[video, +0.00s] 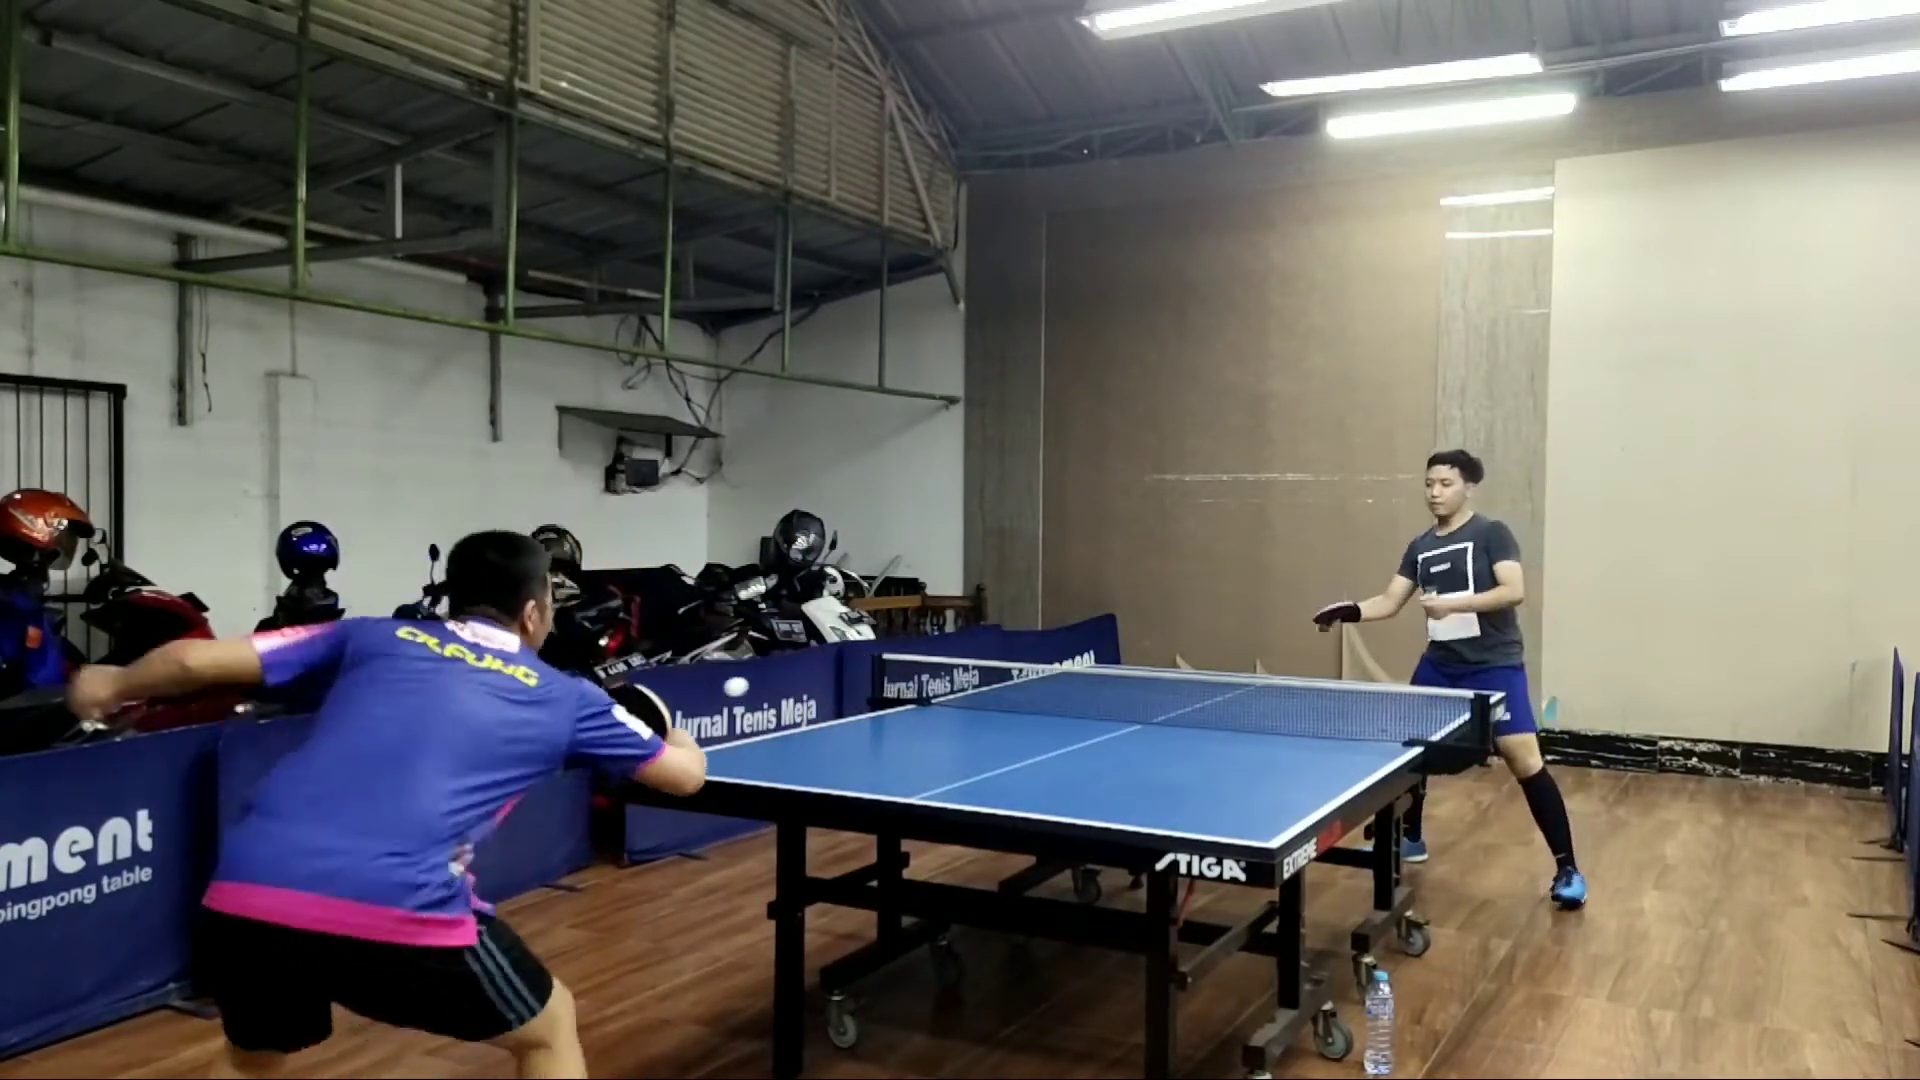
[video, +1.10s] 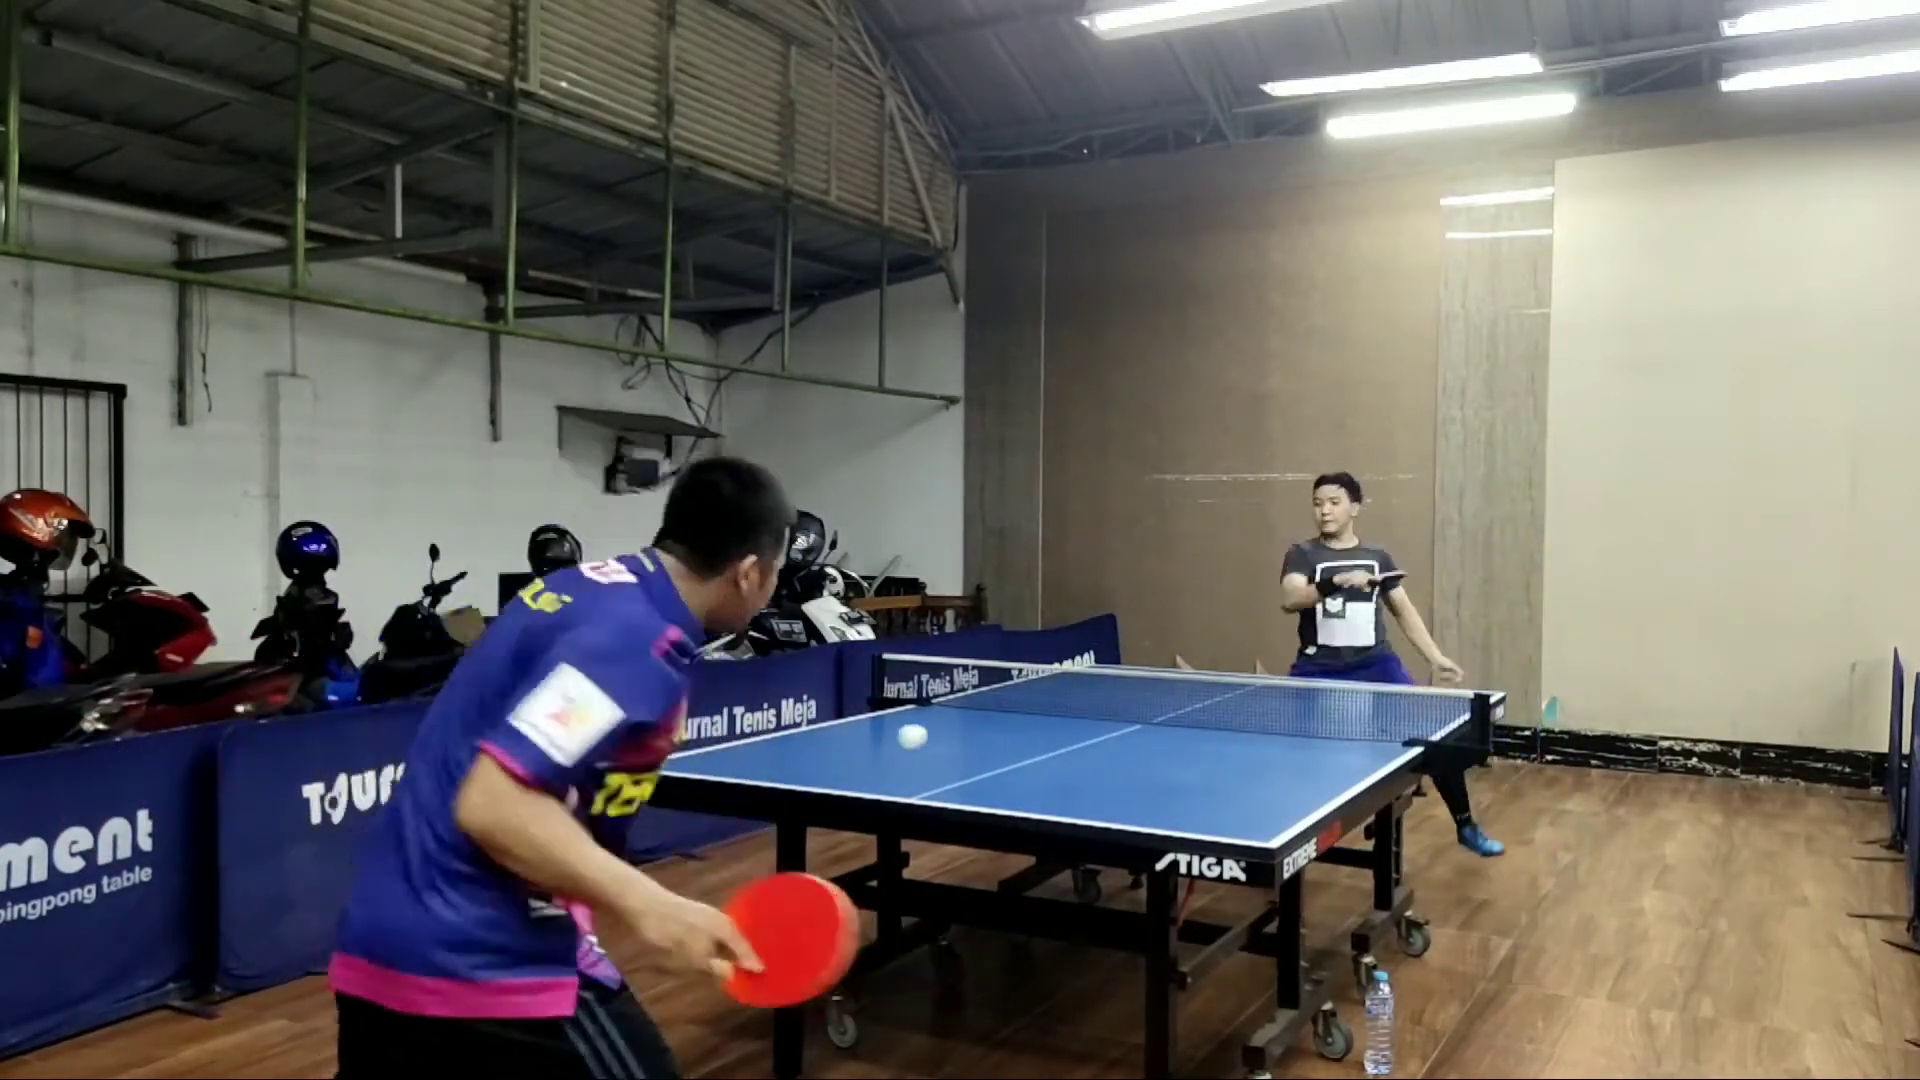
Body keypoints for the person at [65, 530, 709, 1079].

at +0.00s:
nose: (552, 616)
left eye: (549, 601)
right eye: (550, 603)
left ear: (451, 596)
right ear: (531, 614)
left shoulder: (368, 635)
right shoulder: (562, 697)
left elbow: (206, 660)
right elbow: (686, 775)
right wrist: (657, 729)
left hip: (249, 904)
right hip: (399, 923)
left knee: (254, 1057)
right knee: (548, 1030)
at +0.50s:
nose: (594, 535)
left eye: (585, 521)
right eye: (593, 523)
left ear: (490, 523)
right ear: (579, 531)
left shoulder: (403, 589)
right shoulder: (611, 622)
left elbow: (264, 692)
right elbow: (706, 782)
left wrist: (122, 785)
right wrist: (744, 808)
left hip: (338, 894)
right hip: (493, 899)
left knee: (346, 1068)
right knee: (592, 1050)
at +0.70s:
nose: (602, 509)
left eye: (602, 493)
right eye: (600, 494)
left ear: (496, 500)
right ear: (582, 506)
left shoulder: (397, 580)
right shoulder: (599, 605)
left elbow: (269, 722)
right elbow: (652, 779)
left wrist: (221, 830)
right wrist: (727, 856)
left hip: (328, 908)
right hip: (484, 905)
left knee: (338, 1069)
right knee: (642, 1063)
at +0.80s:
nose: (640, 510)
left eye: (642, 491)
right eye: (641, 492)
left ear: (538, 491)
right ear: (621, 504)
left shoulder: (436, 568)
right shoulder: (636, 598)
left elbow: (317, 730)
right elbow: (676, 790)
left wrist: (304, 846)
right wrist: (741, 877)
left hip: (350, 903)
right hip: (507, 907)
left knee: (361, 1070)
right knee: (648, 1072)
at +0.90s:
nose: (688, 539)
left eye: (686, 521)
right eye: (688, 522)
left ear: (585, 520)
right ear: (671, 531)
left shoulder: (474, 598)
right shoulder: (676, 631)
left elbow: (372, 768)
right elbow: (704, 832)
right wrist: (775, 893)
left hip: (378, 953)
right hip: (536, 960)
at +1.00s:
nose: (751, 567)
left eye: (751, 548)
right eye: (753, 548)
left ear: (644, 534)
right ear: (730, 555)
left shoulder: (535, 603)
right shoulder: (680, 655)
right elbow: (637, 857)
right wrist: (789, 923)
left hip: (379, 965)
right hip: (523, 976)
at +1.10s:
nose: (771, 588)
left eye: (777, 572)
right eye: (776, 570)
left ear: (673, 530)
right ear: (749, 572)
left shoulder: (581, 586)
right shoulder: (633, 634)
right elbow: (495, 802)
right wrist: (653, 908)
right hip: (490, 972)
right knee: (638, 1067)